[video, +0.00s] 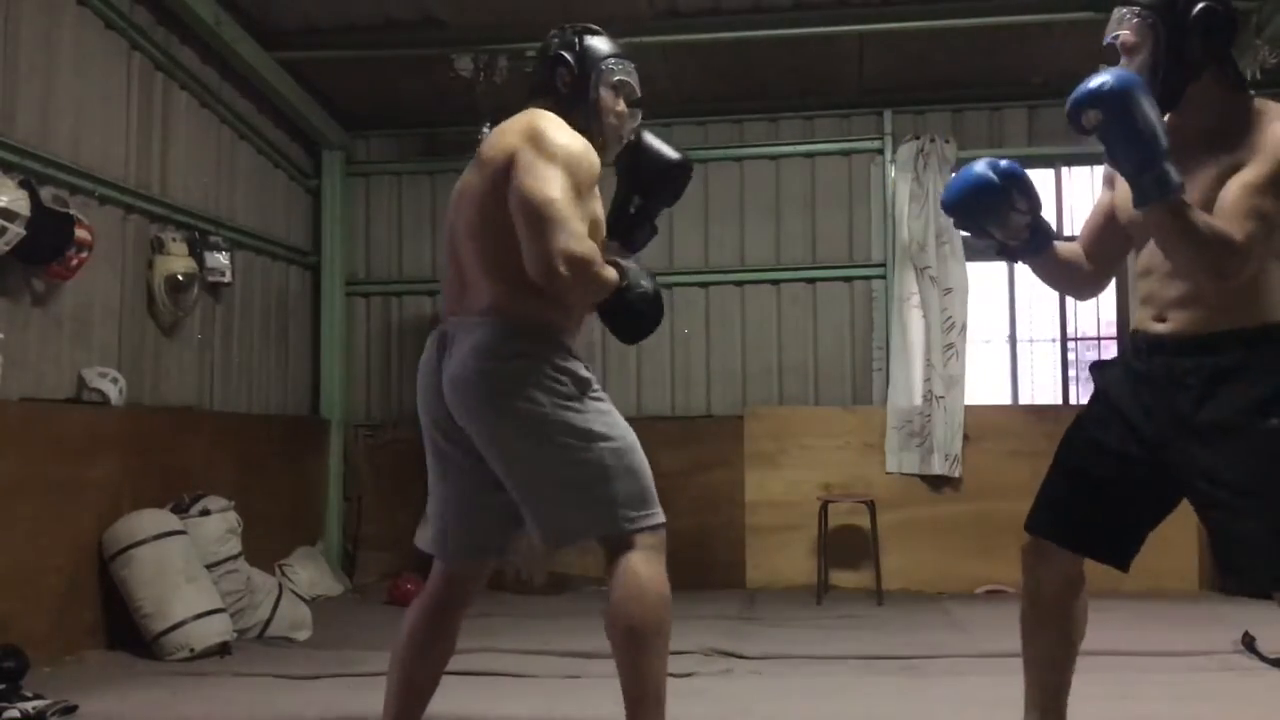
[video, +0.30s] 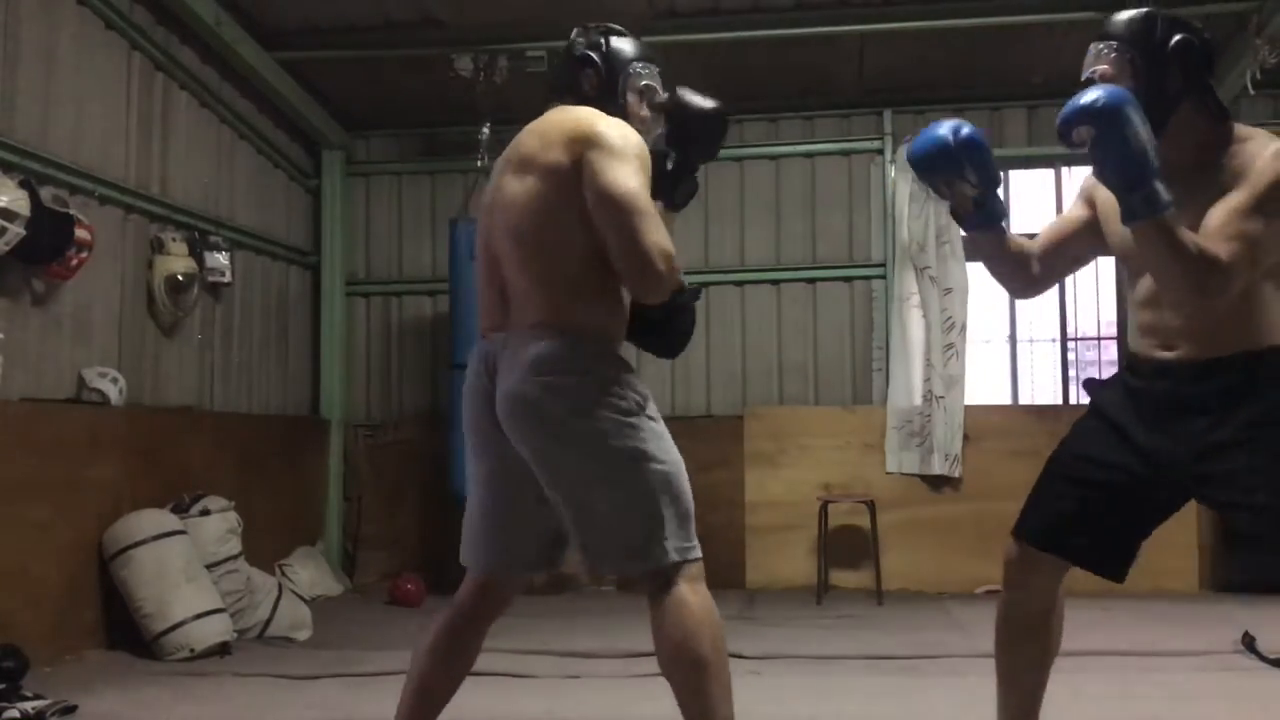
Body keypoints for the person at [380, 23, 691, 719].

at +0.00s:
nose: (632, 111)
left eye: (634, 96)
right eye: (621, 92)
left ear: (558, 88)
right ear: (575, 84)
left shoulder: (503, 146)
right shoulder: (552, 136)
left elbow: (568, 280)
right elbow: (561, 259)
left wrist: (628, 224)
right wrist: (620, 280)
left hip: (450, 368)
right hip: (519, 367)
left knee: (457, 569)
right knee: (640, 536)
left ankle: (398, 714)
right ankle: (647, 715)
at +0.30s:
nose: (654, 116)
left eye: (655, 100)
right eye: (649, 97)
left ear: (580, 84)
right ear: (618, 86)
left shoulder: (520, 149)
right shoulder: (606, 134)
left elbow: (537, 277)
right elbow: (653, 272)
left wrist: (627, 311)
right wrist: (659, 298)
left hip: (495, 379)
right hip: (571, 377)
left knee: (486, 586)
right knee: (675, 572)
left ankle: (411, 714)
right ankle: (713, 713)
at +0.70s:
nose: (684, 122)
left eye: (685, 103)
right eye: (675, 101)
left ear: (608, 96)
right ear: (629, 93)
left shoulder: (557, 154)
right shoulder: (624, 144)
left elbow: (632, 283)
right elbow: (659, 292)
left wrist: (702, 215)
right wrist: (671, 335)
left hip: (500, 391)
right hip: (575, 392)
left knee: (487, 590)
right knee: (739, 538)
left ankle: (408, 715)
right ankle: (768, 714)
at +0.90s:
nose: (766, 101)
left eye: (761, 94)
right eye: (761, 93)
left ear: (672, 89)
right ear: (735, 89)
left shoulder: (598, 162)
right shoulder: (739, 118)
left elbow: (567, 272)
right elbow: (851, 159)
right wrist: (989, 179)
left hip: (568, 347)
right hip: (668, 350)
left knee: (493, 567)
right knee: (772, 579)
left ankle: (408, 713)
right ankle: (835, 718)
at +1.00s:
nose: (804, 109)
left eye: (802, 103)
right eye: (799, 98)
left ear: (709, 86)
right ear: (775, 87)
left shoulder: (621, 158)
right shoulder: (780, 108)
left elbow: (583, 293)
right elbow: (930, 142)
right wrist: (1055, 148)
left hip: (579, 346)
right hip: (675, 357)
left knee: (504, 575)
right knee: (786, 581)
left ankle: (413, 711)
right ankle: (841, 714)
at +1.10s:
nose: (804, 79)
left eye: (803, 69)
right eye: (800, 66)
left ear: (705, 61)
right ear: (773, 58)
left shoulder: (640, 137)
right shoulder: (781, 100)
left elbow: (651, 264)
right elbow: (895, 200)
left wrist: (771, 253)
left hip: (584, 346)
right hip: (682, 360)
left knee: (512, 576)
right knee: (791, 580)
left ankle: (418, 713)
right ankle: (842, 713)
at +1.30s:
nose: (750, 75)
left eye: (749, 60)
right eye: (741, 56)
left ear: (647, 51)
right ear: (700, 41)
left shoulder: (589, 119)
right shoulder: (721, 112)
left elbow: (599, 271)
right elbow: (749, 275)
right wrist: (805, 400)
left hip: (564, 385)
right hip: (671, 386)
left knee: (524, 614)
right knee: (787, 596)